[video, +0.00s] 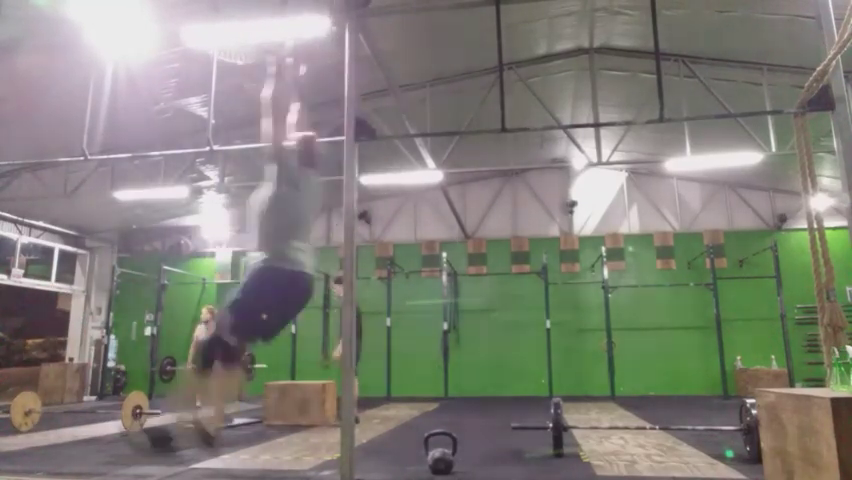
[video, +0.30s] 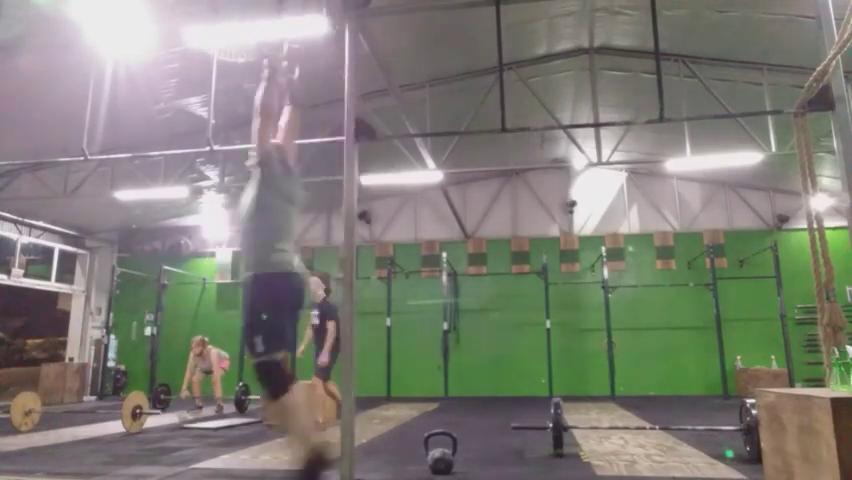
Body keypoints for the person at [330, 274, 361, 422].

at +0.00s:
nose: (335, 291)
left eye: (337, 287)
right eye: (334, 287)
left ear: (343, 287)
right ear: (339, 287)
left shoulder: (349, 306)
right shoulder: (347, 305)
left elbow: (348, 331)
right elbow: (346, 330)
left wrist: (340, 347)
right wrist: (339, 346)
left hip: (351, 346)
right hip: (349, 346)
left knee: (350, 378)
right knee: (350, 378)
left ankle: (351, 411)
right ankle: (350, 410)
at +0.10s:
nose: (335, 288)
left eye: (338, 284)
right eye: (334, 284)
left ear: (345, 285)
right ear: (336, 287)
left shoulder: (352, 307)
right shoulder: (342, 307)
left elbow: (352, 332)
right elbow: (343, 330)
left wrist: (343, 349)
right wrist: (339, 347)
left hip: (350, 351)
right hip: (344, 350)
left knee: (348, 383)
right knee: (349, 383)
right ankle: (355, 412)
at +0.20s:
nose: (334, 290)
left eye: (336, 287)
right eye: (333, 287)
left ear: (343, 287)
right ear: (335, 288)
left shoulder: (345, 305)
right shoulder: (339, 305)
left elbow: (346, 330)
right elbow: (336, 331)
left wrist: (338, 350)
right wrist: (331, 349)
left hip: (343, 348)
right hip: (341, 347)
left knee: (333, 378)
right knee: (349, 381)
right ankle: (356, 413)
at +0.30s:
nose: (311, 289)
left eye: (314, 285)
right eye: (311, 285)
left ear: (322, 287)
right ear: (312, 287)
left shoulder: (329, 307)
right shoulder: (315, 307)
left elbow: (331, 332)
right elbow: (311, 329)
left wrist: (325, 352)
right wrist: (302, 346)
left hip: (329, 346)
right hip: (319, 345)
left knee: (319, 380)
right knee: (323, 380)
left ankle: (320, 415)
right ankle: (340, 402)